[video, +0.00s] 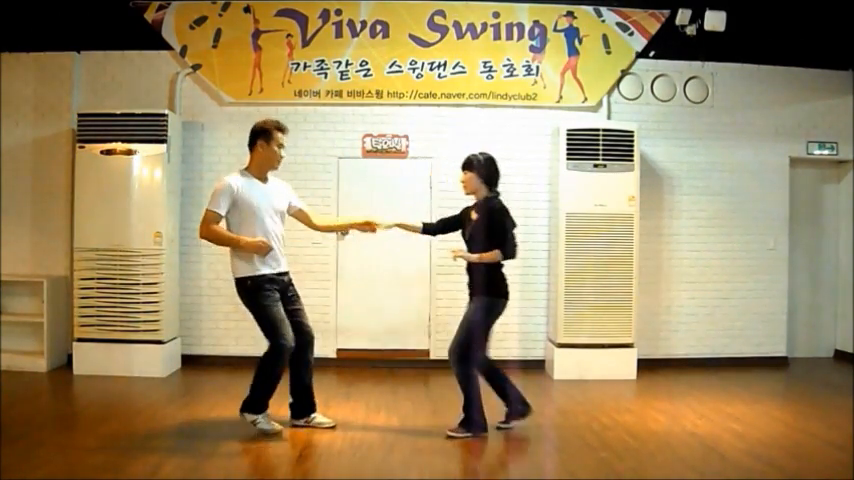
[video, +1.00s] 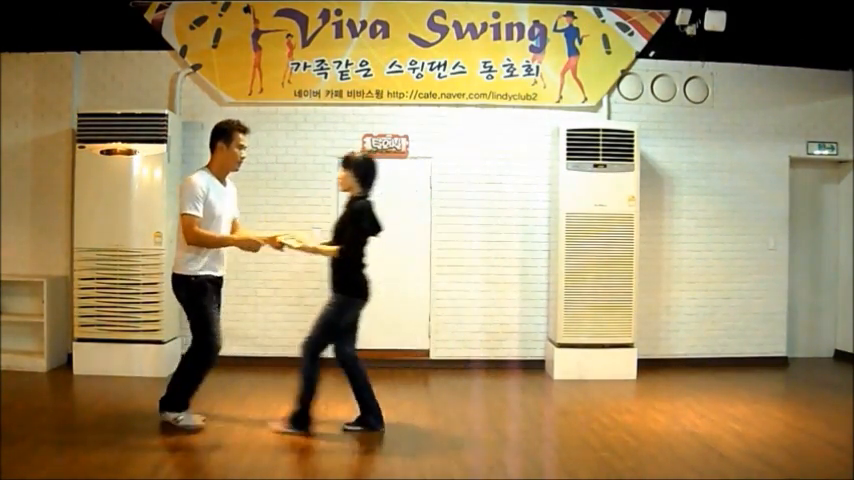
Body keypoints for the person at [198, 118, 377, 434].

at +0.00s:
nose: (283, 153)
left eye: (283, 147)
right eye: (279, 146)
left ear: (265, 149)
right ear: (259, 146)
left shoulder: (279, 188)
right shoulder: (231, 185)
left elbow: (316, 223)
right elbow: (207, 230)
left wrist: (355, 224)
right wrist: (246, 243)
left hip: (282, 277)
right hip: (254, 280)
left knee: (304, 338)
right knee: (283, 342)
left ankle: (302, 412)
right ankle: (253, 409)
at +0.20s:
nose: (282, 164)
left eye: (283, 159)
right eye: (278, 157)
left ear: (267, 159)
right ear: (258, 154)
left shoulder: (274, 198)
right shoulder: (228, 192)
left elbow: (315, 231)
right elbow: (210, 240)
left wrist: (358, 235)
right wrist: (249, 253)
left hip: (274, 284)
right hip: (246, 288)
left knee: (305, 340)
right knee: (281, 349)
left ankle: (303, 413)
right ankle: (247, 417)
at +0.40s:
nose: (273, 154)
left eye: (274, 149)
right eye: (269, 147)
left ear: (259, 149)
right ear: (249, 145)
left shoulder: (261, 189)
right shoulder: (221, 181)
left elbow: (299, 221)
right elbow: (216, 228)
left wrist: (339, 222)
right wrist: (260, 231)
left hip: (252, 276)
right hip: (227, 277)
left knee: (278, 334)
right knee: (255, 342)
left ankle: (270, 408)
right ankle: (247, 418)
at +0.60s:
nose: (259, 155)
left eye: (260, 149)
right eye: (255, 148)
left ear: (245, 151)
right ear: (234, 147)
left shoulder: (249, 192)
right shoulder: (211, 185)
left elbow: (272, 233)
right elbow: (212, 237)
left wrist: (314, 236)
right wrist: (258, 241)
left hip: (240, 279)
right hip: (217, 280)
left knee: (242, 345)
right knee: (250, 341)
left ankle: (188, 394)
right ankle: (247, 417)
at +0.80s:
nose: (250, 152)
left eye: (251, 146)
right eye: (245, 145)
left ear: (235, 148)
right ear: (225, 145)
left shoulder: (239, 187)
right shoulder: (201, 182)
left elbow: (250, 235)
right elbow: (198, 233)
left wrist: (289, 235)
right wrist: (243, 236)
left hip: (218, 274)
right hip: (198, 274)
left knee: (199, 344)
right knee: (227, 339)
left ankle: (171, 407)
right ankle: (235, 415)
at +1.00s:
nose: (244, 155)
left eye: (244, 149)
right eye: (239, 148)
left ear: (225, 149)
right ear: (219, 147)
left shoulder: (229, 188)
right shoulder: (195, 183)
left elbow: (234, 234)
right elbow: (191, 235)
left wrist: (265, 240)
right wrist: (237, 242)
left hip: (213, 277)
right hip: (191, 277)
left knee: (206, 344)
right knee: (208, 344)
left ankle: (176, 405)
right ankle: (172, 408)